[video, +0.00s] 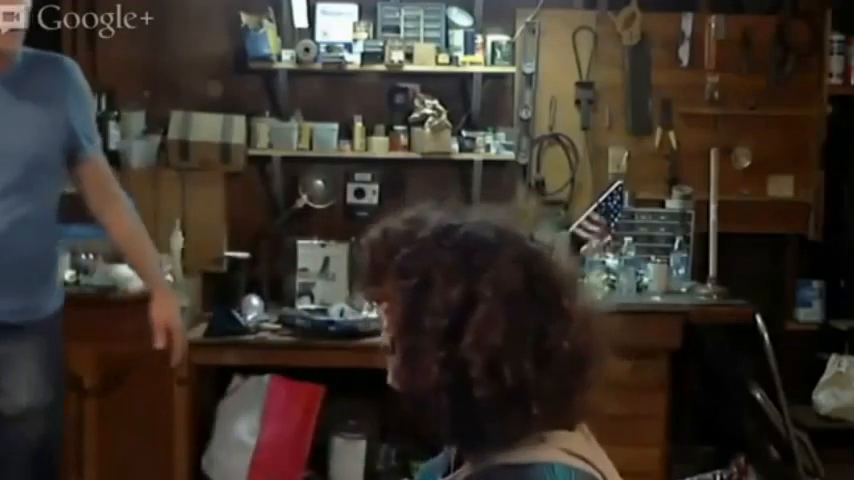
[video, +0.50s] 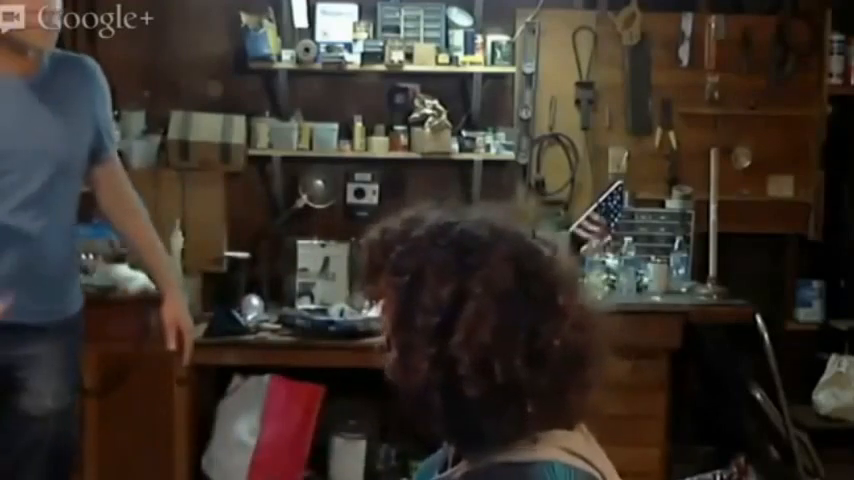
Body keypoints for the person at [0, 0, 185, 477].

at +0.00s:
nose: (11, 9)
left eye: (18, 2)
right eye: (4, 2)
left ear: (30, 9)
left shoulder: (55, 78)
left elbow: (103, 191)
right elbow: (103, 191)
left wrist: (159, 285)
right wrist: (160, 286)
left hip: (27, 322)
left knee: (28, 466)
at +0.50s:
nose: (48, 9)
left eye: (53, 1)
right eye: (31, 0)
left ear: (62, 9)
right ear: (0, 13)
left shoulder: (81, 77)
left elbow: (112, 184)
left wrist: (170, 285)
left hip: (47, 323)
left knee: (44, 466)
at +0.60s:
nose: (56, 10)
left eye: (61, 1)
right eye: (37, 1)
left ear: (71, 8)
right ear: (3, 13)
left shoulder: (87, 77)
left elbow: (114, 185)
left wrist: (171, 283)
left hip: (50, 326)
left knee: (47, 469)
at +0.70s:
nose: (58, 12)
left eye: (64, 1)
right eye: (40, 2)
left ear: (74, 8)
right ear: (5, 11)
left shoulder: (90, 77)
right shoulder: (5, 81)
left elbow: (115, 184)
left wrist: (171, 284)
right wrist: (6, 268)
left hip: (55, 327)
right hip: (7, 323)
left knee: (51, 468)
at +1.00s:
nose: (57, 13)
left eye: (63, 2)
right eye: (40, 2)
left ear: (72, 9)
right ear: (4, 11)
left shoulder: (85, 77)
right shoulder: (3, 82)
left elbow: (105, 181)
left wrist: (164, 284)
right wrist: (4, 266)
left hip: (54, 329)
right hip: (6, 329)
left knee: (53, 469)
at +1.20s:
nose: (39, 16)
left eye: (46, 3)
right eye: (21, 4)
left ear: (57, 11)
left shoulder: (63, 79)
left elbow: (83, 192)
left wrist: (141, 285)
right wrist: (3, 273)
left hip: (37, 327)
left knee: (49, 462)